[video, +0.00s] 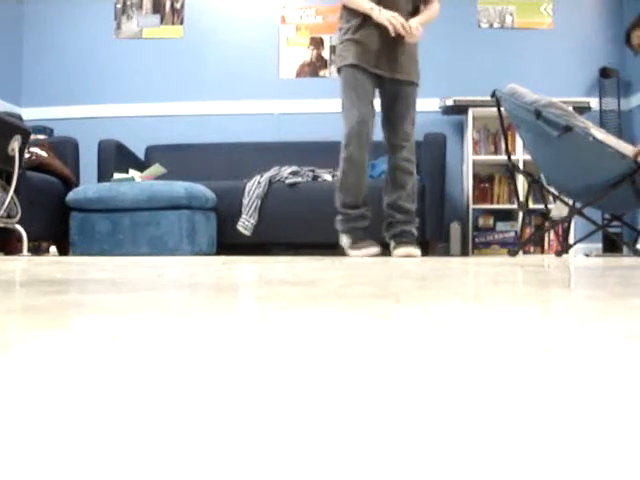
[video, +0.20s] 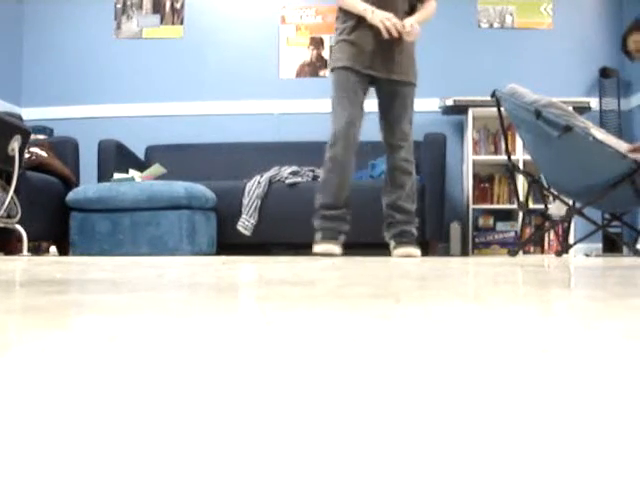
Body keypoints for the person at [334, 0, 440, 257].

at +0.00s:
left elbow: (434, 5)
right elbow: (345, 1)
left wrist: (417, 21)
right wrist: (377, 12)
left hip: (404, 42)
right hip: (359, 37)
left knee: (403, 140)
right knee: (358, 129)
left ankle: (403, 233)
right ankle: (353, 229)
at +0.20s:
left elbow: (431, 4)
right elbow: (341, 2)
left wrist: (415, 19)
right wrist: (371, 12)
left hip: (400, 45)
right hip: (352, 40)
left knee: (400, 141)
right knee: (344, 132)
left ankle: (403, 234)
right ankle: (329, 231)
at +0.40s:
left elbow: (410, 1)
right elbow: (310, 2)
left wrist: (393, 18)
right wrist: (340, 11)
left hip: (380, 47)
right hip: (330, 46)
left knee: (389, 143)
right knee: (316, 140)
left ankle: (401, 236)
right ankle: (302, 235)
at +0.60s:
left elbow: (380, 2)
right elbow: (282, 4)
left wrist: (363, 11)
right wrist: (300, 11)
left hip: (356, 44)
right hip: (306, 44)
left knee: (369, 140)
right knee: (302, 143)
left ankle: (387, 230)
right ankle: (301, 235)